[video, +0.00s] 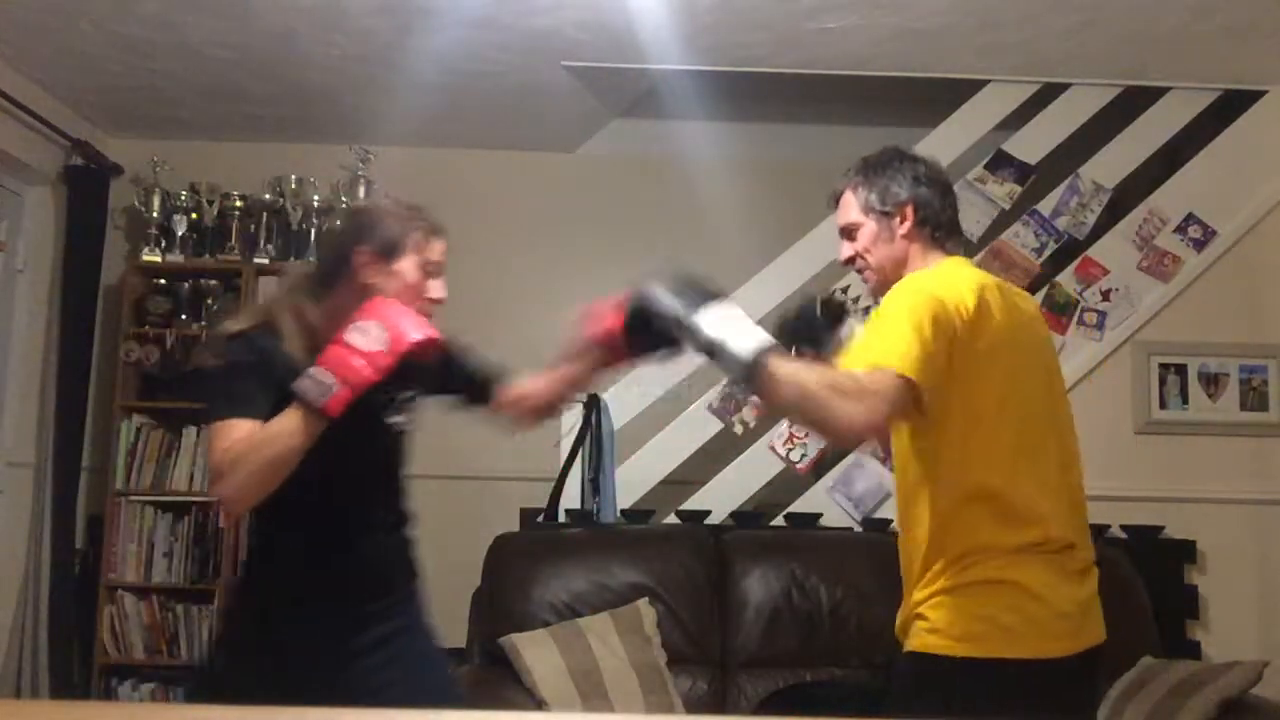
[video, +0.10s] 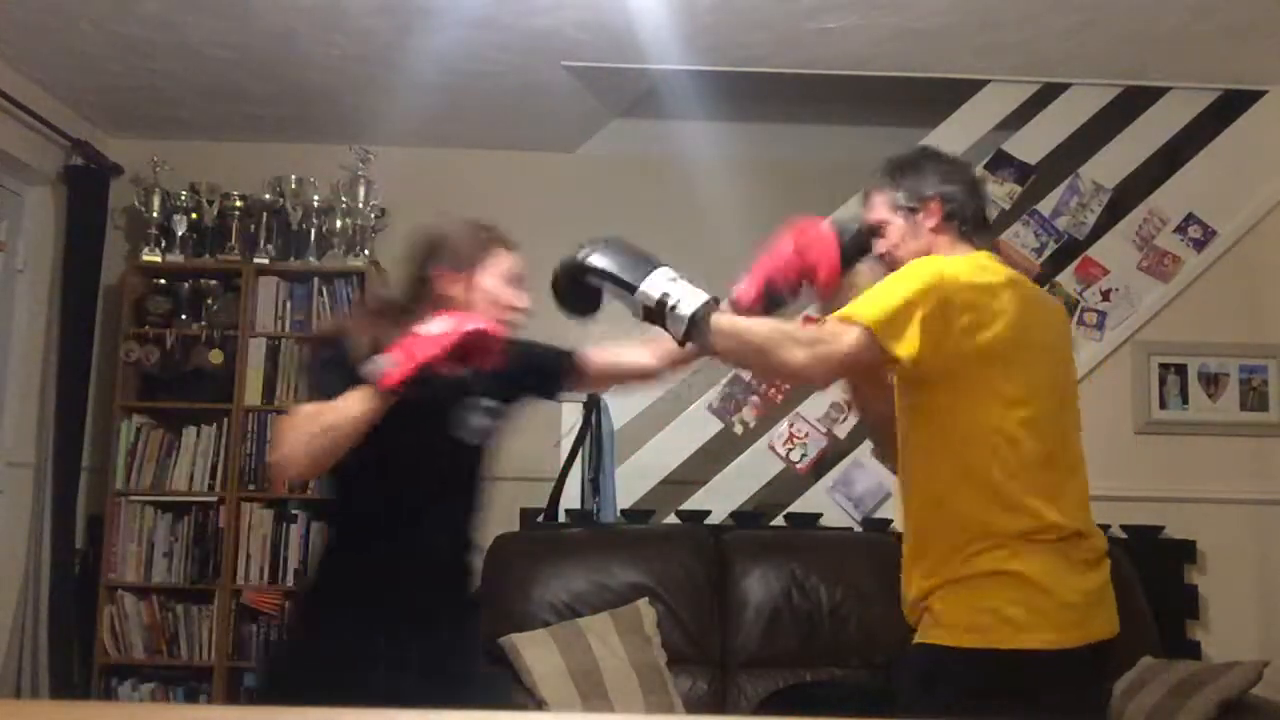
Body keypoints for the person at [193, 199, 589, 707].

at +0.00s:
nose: (441, 293)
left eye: (441, 274)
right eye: (429, 271)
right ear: (367, 265)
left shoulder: (402, 351)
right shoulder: (262, 350)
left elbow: (521, 404)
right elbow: (233, 487)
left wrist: (592, 358)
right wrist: (337, 376)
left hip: (384, 622)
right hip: (280, 624)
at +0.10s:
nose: (524, 302)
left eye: (521, 285)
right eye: (508, 281)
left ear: (464, 286)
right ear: (452, 282)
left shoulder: (500, 362)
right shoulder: (358, 354)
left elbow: (646, 359)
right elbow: (289, 460)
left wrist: (731, 315)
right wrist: (396, 369)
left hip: (441, 618)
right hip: (349, 616)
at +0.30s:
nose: (680, 372)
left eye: (684, 360)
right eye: (673, 353)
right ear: (632, 343)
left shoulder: (627, 454)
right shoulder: (588, 377)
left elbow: (716, 541)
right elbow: (704, 348)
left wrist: (727, 455)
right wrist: (800, 321)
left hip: (534, 662)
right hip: (454, 652)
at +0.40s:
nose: (713, 371)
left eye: (712, 361)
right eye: (706, 359)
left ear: (641, 349)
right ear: (675, 350)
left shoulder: (643, 451)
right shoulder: (649, 377)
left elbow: (747, 520)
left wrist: (741, 444)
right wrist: (837, 396)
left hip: (551, 636)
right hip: (512, 625)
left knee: (625, 708)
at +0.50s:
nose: (756, 373)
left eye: (752, 363)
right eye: (746, 362)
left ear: (679, 361)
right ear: (716, 357)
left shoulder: (673, 451)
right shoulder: (699, 381)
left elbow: (780, 488)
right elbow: (825, 409)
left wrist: (851, 428)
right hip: (561, 624)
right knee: (655, 705)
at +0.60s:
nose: (795, 387)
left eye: (791, 373)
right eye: (784, 366)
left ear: (723, 349)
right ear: (748, 350)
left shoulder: (723, 452)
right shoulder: (728, 368)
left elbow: (821, 487)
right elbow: (863, 363)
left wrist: (885, 434)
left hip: (617, 612)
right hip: (577, 593)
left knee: (657, 714)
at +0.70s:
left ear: (733, 355)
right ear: (785, 352)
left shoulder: (708, 434)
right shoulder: (770, 359)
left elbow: (770, 551)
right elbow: (919, 383)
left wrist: (886, 522)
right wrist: (923, 329)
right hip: (606, 583)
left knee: (668, 707)